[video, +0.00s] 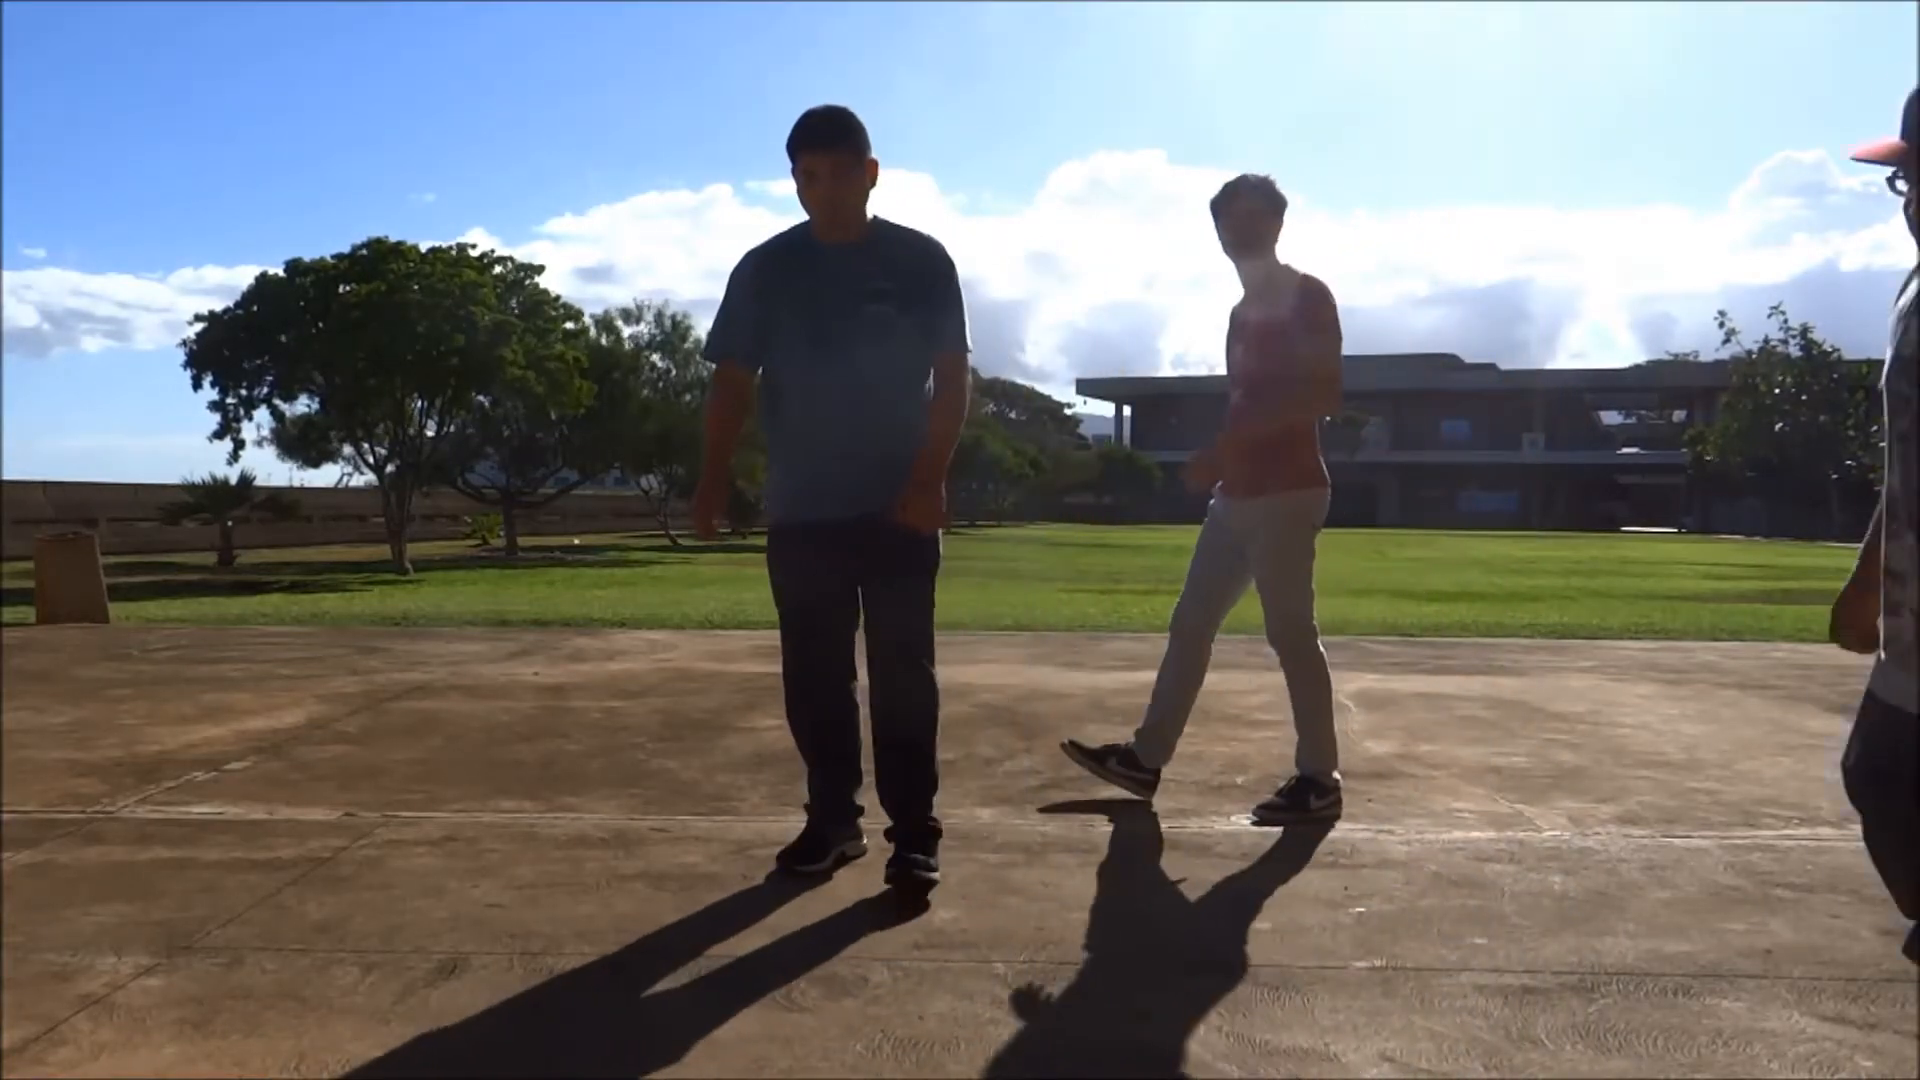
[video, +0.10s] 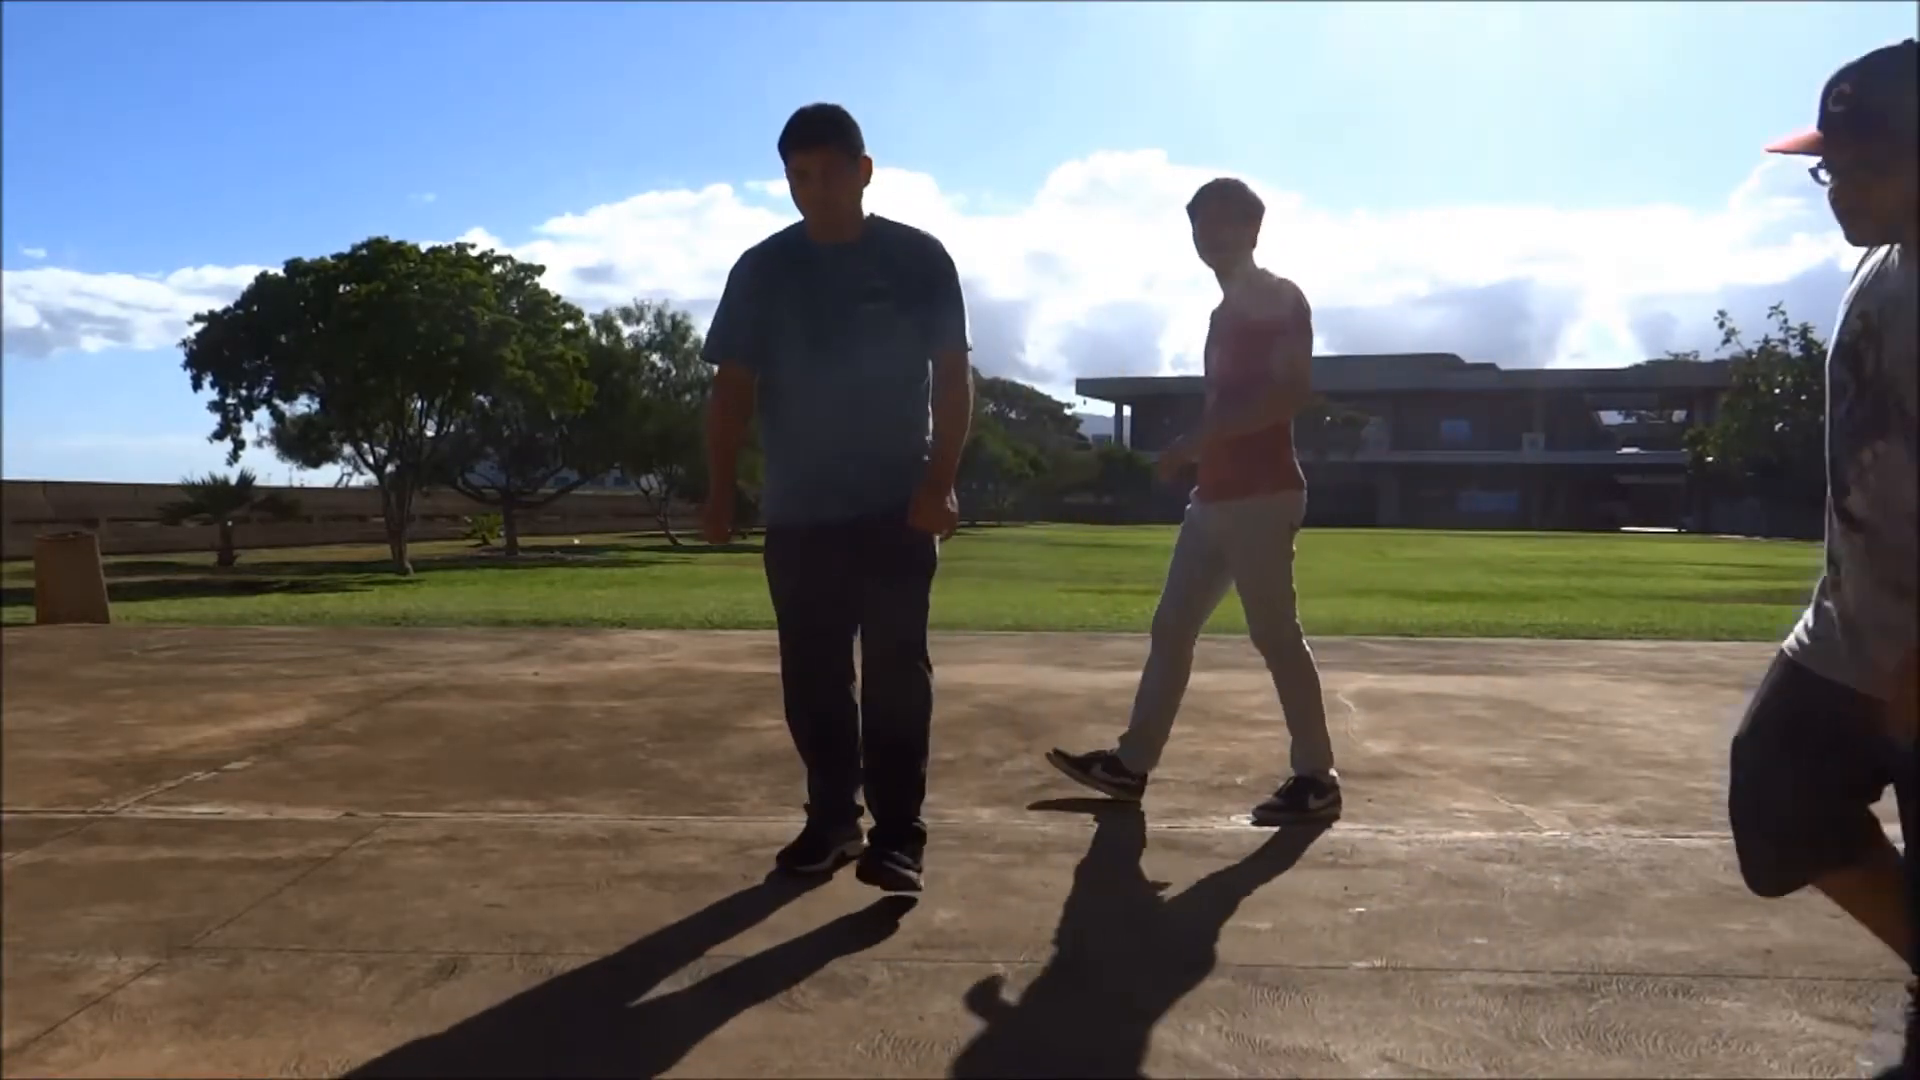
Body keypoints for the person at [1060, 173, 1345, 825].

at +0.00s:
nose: (1230, 232)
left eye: (1242, 218)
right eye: (1223, 222)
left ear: (1274, 221)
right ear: (1218, 231)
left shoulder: (1309, 296)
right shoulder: (1241, 315)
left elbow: (1324, 395)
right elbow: (1249, 403)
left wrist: (1229, 443)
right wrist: (1220, 461)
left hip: (1288, 495)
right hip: (1239, 493)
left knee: (1293, 636)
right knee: (1191, 624)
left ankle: (1319, 778)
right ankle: (1145, 759)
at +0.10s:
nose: (1200, 237)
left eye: (1211, 223)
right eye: (1196, 226)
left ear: (1248, 226)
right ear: (1199, 233)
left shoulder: (1282, 298)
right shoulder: (1223, 313)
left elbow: (1292, 393)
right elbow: (1232, 405)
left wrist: (1203, 439)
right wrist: (1195, 459)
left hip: (1262, 499)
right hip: (1214, 499)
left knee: (1276, 636)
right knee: (1172, 628)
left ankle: (1316, 777)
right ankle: (1131, 765)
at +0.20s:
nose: (1168, 242)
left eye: (1178, 228)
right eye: (1166, 230)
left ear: (1218, 228)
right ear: (1180, 235)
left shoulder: (1249, 302)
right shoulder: (1206, 310)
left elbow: (1249, 406)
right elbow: (1205, 409)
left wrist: (1164, 458)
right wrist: (1167, 473)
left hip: (1234, 502)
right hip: (1187, 502)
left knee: (1256, 636)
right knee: (1147, 628)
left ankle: (1312, 774)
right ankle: (1119, 768)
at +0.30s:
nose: (1136, 238)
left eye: (1145, 225)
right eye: (1136, 227)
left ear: (1184, 230)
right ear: (1172, 234)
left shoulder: (1215, 302)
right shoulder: (1186, 305)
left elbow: (1214, 405)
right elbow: (1185, 408)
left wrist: (1138, 472)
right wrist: (1146, 478)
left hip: (1200, 499)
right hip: (1159, 497)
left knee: (1230, 634)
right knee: (1122, 625)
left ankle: (1305, 764)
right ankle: (1114, 769)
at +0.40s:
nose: (1111, 238)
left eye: (1120, 226)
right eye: (1111, 227)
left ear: (1160, 229)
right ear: (1146, 233)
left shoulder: (1185, 299)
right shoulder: (1160, 303)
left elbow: (1183, 413)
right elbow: (1156, 410)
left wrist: (1115, 481)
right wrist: (1112, 487)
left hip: (1167, 494)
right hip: (1133, 493)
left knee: (1180, 629)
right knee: (1107, 624)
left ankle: (1283, 753)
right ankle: (1113, 768)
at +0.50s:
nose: (1088, 236)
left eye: (1096, 225)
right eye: (1087, 226)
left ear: (1136, 227)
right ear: (1124, 231)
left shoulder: (1160, 298)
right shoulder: (1140, 301)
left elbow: (1159, 408)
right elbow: (1138, 405)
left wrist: (1105, 485)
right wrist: (1099, 485)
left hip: (1141, 491)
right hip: (1118, 490)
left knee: (1119, 625)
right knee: (1098, 624)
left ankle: (1237, 738)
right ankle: (1113, 768)